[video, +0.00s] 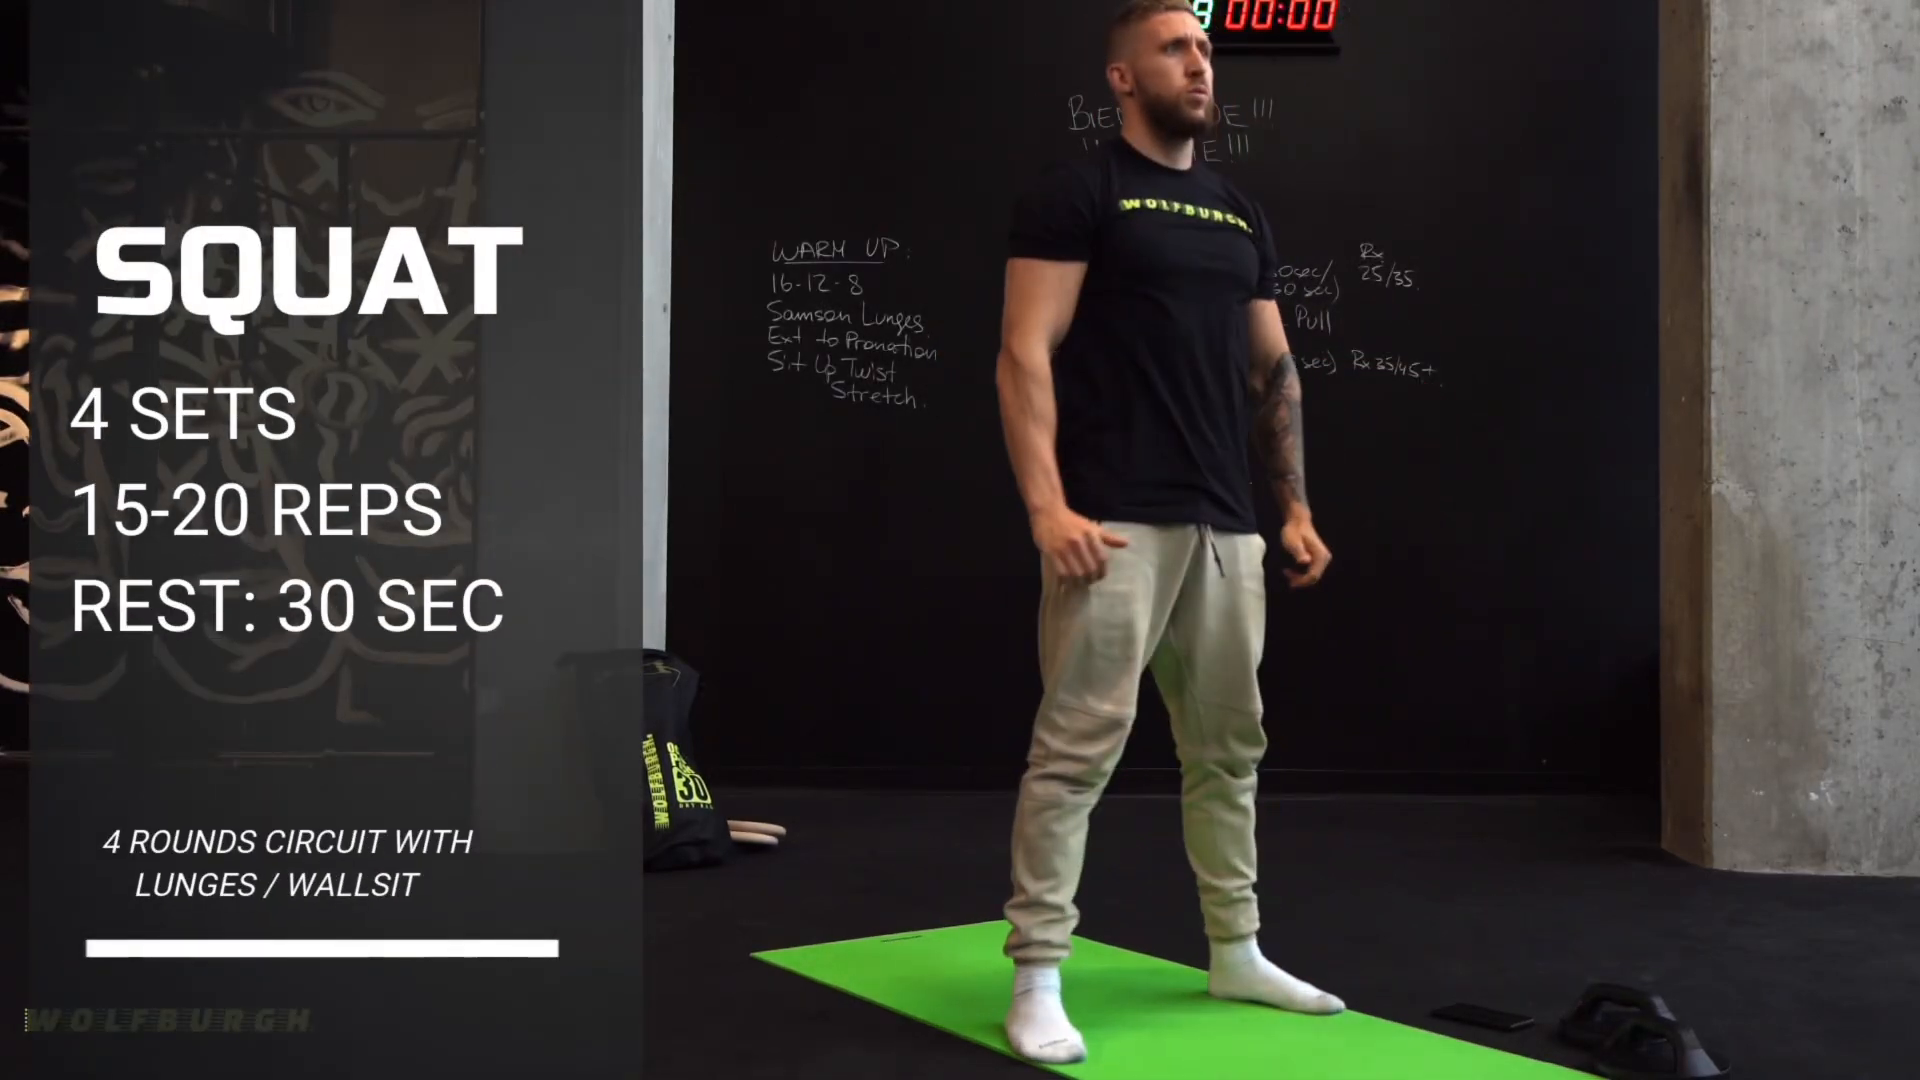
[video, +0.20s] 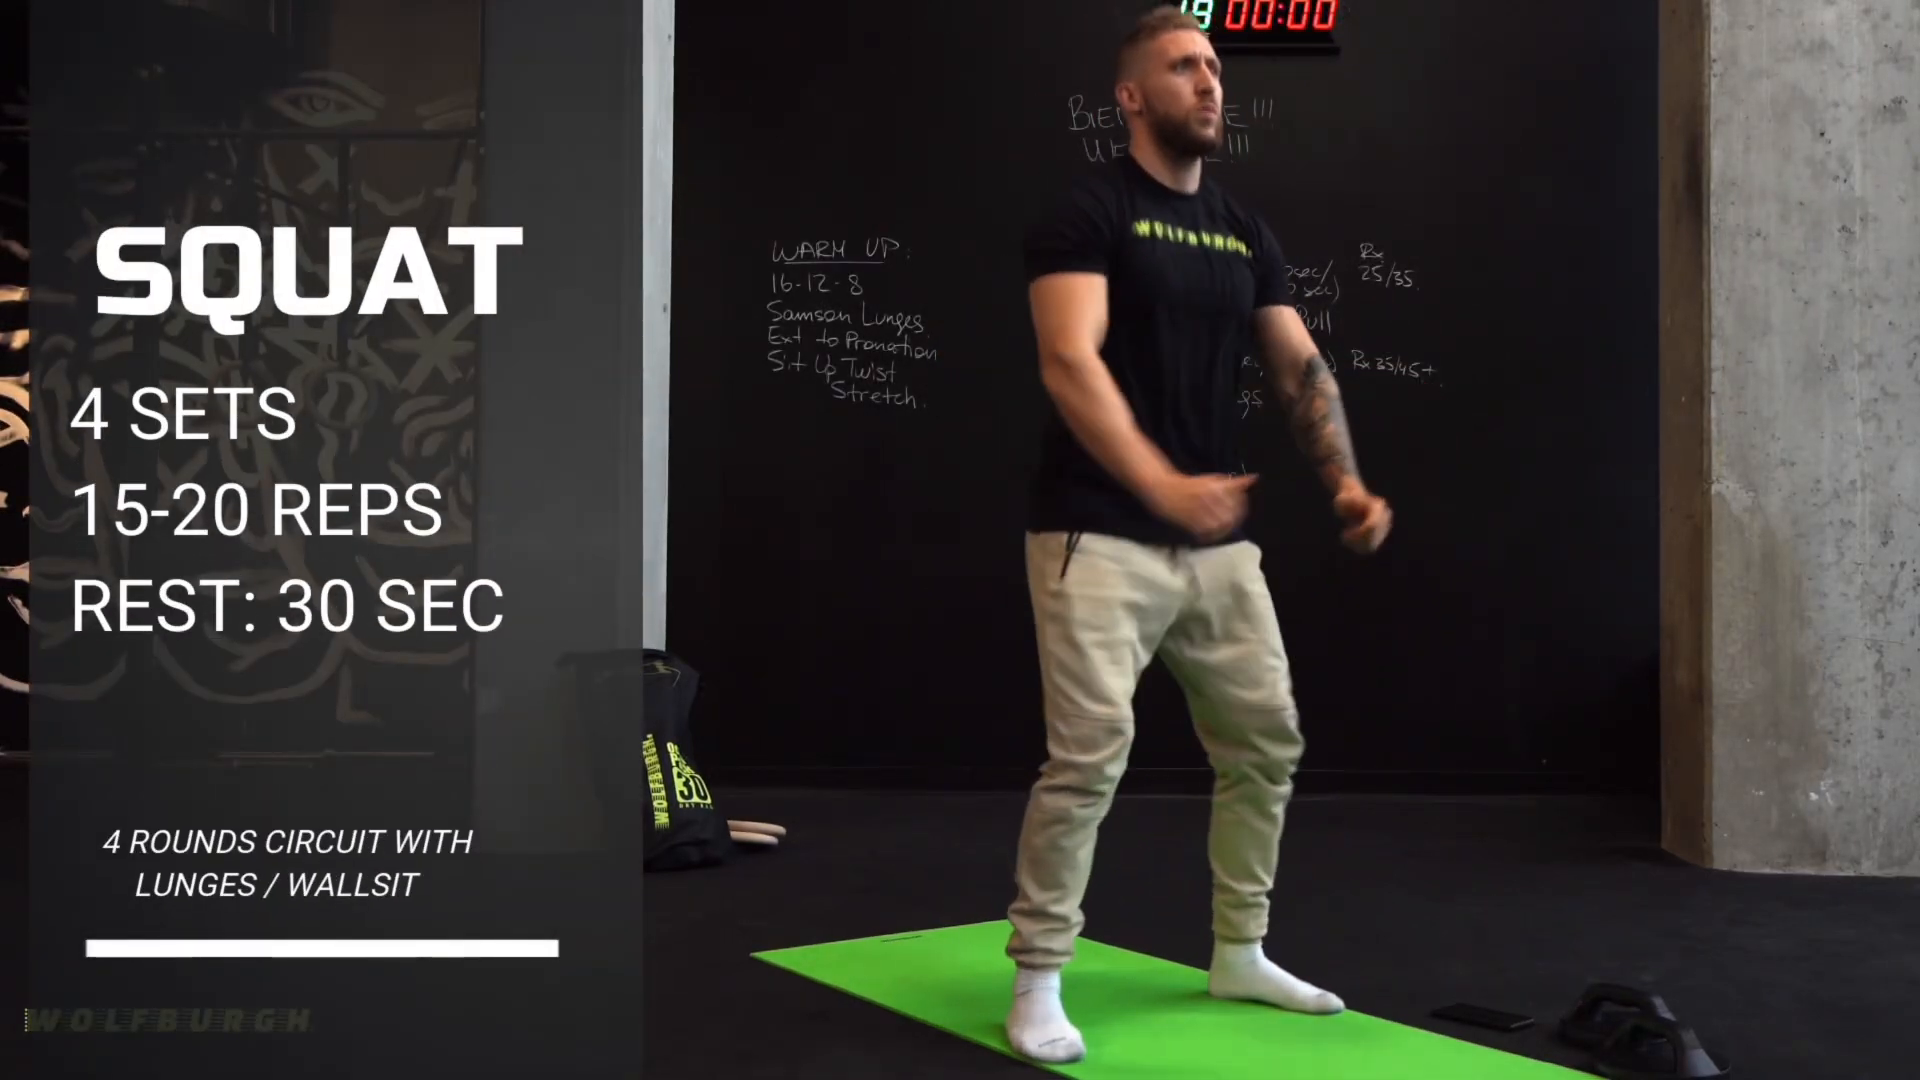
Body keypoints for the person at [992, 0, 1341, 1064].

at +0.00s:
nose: (1199, 64)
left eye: (1204, 49)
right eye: (1175, 50)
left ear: (1212, 75)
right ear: (1121, 77)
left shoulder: (1235, 206)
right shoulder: (1076, 193)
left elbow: (1274, 368)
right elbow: (1024, 357)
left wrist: (1292, 501)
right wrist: (1047, 508)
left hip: (1227, 525)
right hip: (1111, 520)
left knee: (1228, 746)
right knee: (1076, 749)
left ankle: (1236, 956)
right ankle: (1038, 977)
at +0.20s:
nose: (1208, 82)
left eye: (1212, 66)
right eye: (1181, 68)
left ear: (1221, 93)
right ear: (1128, 96)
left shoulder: (1242, 228)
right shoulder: (1083, 212)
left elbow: (1300, 365)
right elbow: (1068, 365)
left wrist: (1342, 477)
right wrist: (1165, 485)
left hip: (1217, 541)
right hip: (1099, 538)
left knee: (1263, 743)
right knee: (1090, 752)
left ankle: (1240, 956)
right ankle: (1039, 983)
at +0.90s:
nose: (1250, 443)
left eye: (1255, 425)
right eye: (1225, 427)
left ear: (1265, 440)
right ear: (1169, 451)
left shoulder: (1265, 540)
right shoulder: (1124, 532)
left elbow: (1390, 579)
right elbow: (1200, 574)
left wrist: (1442, 538)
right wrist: (1374, 517)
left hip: (1177, 761)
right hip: (1052, 758)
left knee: (1329, 764)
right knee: (1102, 770)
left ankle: (1243, 960)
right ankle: (1043, 989)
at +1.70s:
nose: (1221, 58)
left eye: (1225, 43)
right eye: (1196, 42)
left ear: (1231, 70)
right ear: (1142, 73)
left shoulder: (1259, 207)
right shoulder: (1090, 191)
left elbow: (1288, 373)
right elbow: (1038, 356)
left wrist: (1299, 513)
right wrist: (1036, 508)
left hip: (1236, 526)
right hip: (1116, 519)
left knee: (1232, 746)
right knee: (1081, 749)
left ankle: (1237, 955)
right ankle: (1039, 981)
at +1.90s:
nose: (1221, 76)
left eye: (1227, 60)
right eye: (1196, 61)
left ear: (1236, 86)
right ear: (1143, 87)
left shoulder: (1256, 223)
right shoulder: (1094, 205)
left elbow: (1315, 368)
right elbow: (1069, 358)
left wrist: (1360, 484)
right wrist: (1147, 485)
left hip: (1224, 538)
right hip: (1105, 533)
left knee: (1266, 742)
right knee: (1096, 749)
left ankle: (1240, 957)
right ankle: (1041, 985)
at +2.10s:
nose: (1233, 220)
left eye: (1238, 205)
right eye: (1209, 204)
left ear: (1244, 224)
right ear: (1153, 226)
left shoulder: (1253, 348)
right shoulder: (1106, 332)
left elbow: (1345, 412)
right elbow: (1163, 421)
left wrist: (1413, 435)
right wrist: (1337, 429)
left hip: (1194, 620)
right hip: (1075, 621)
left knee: (1317, 757)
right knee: (1104, 762)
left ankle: (1242, 959)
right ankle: (1041, 984)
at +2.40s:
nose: (1248, 410)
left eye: (1254, 392)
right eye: (1224, 393)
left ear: (1264, 408)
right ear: (1167, 415)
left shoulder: (1257, 512)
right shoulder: (1121, 506)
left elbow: (1384, 544)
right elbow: (1205, 544)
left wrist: (1441, 503)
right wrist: (1371, 492)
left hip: (1182, 737)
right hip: (1059, 734)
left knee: (1328, 766)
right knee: (1104, 778)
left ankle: (1241, 961)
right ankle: (1043, 989)